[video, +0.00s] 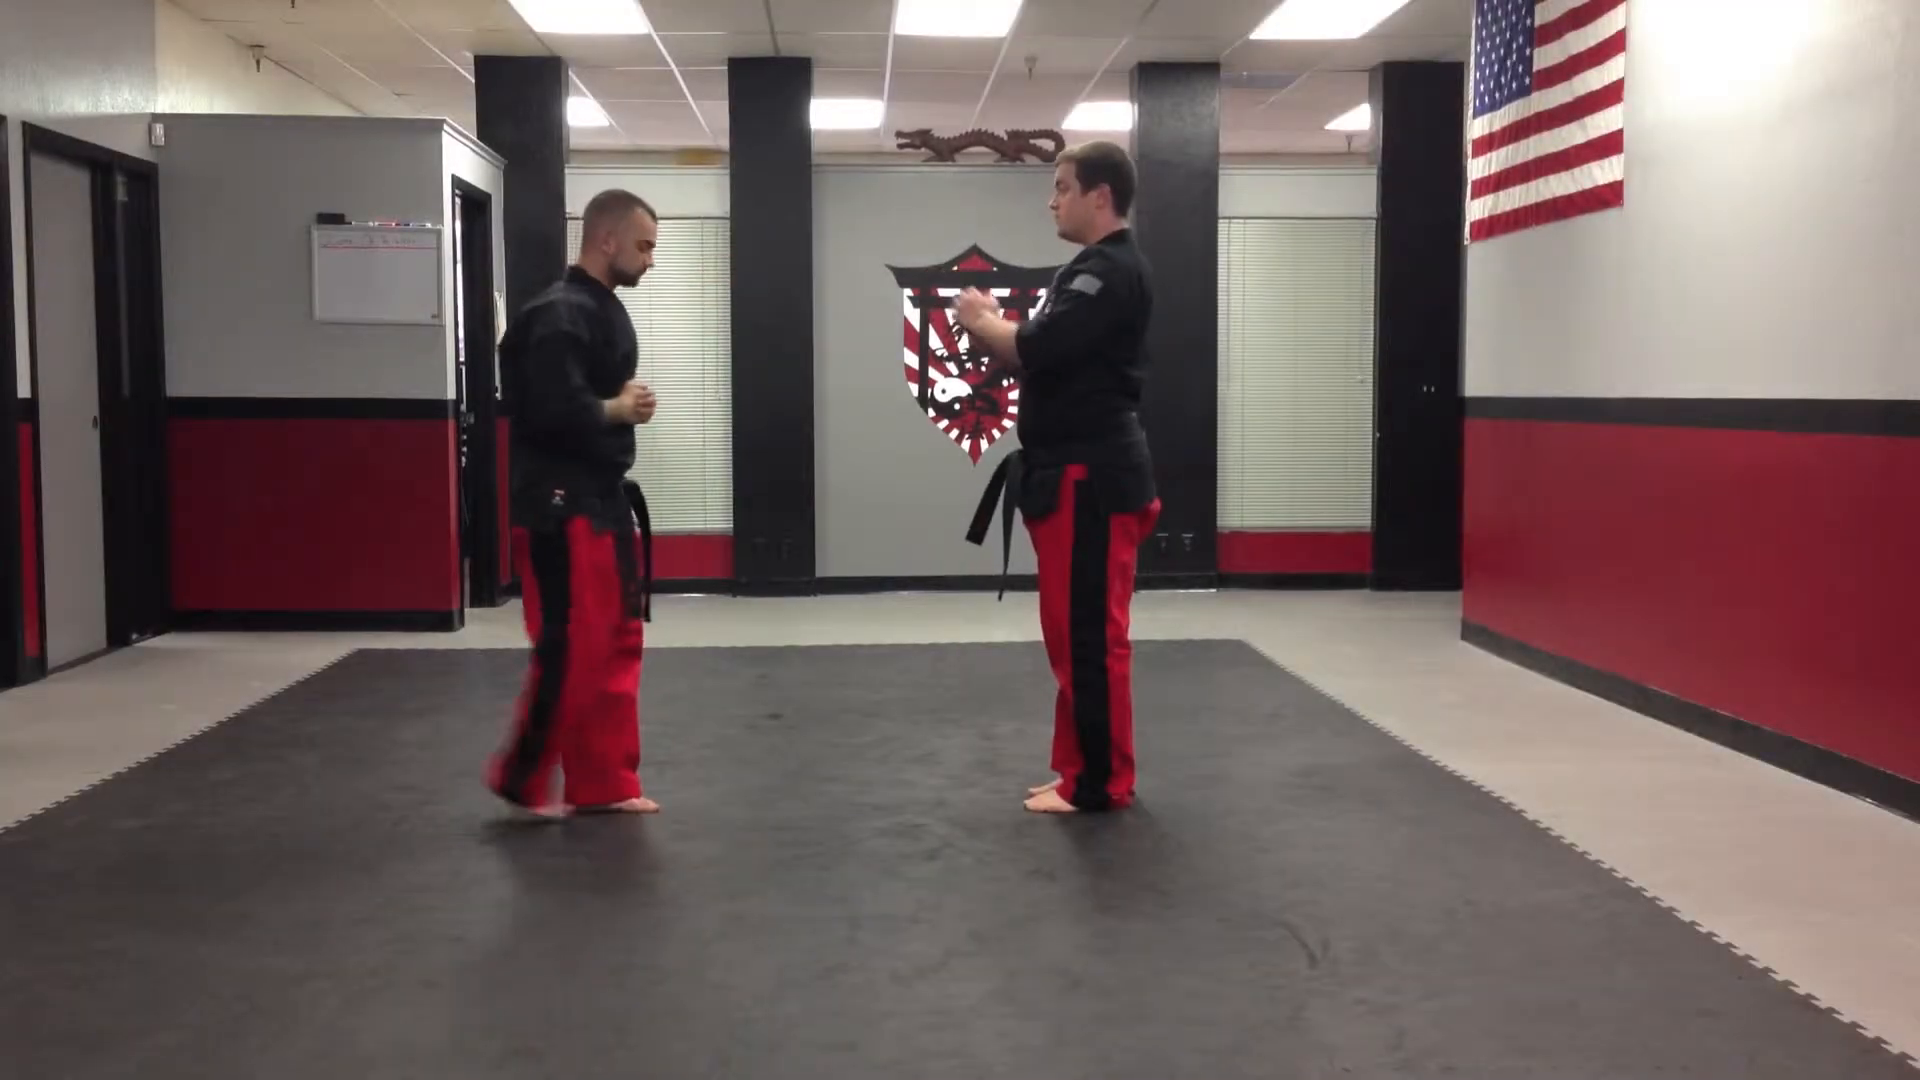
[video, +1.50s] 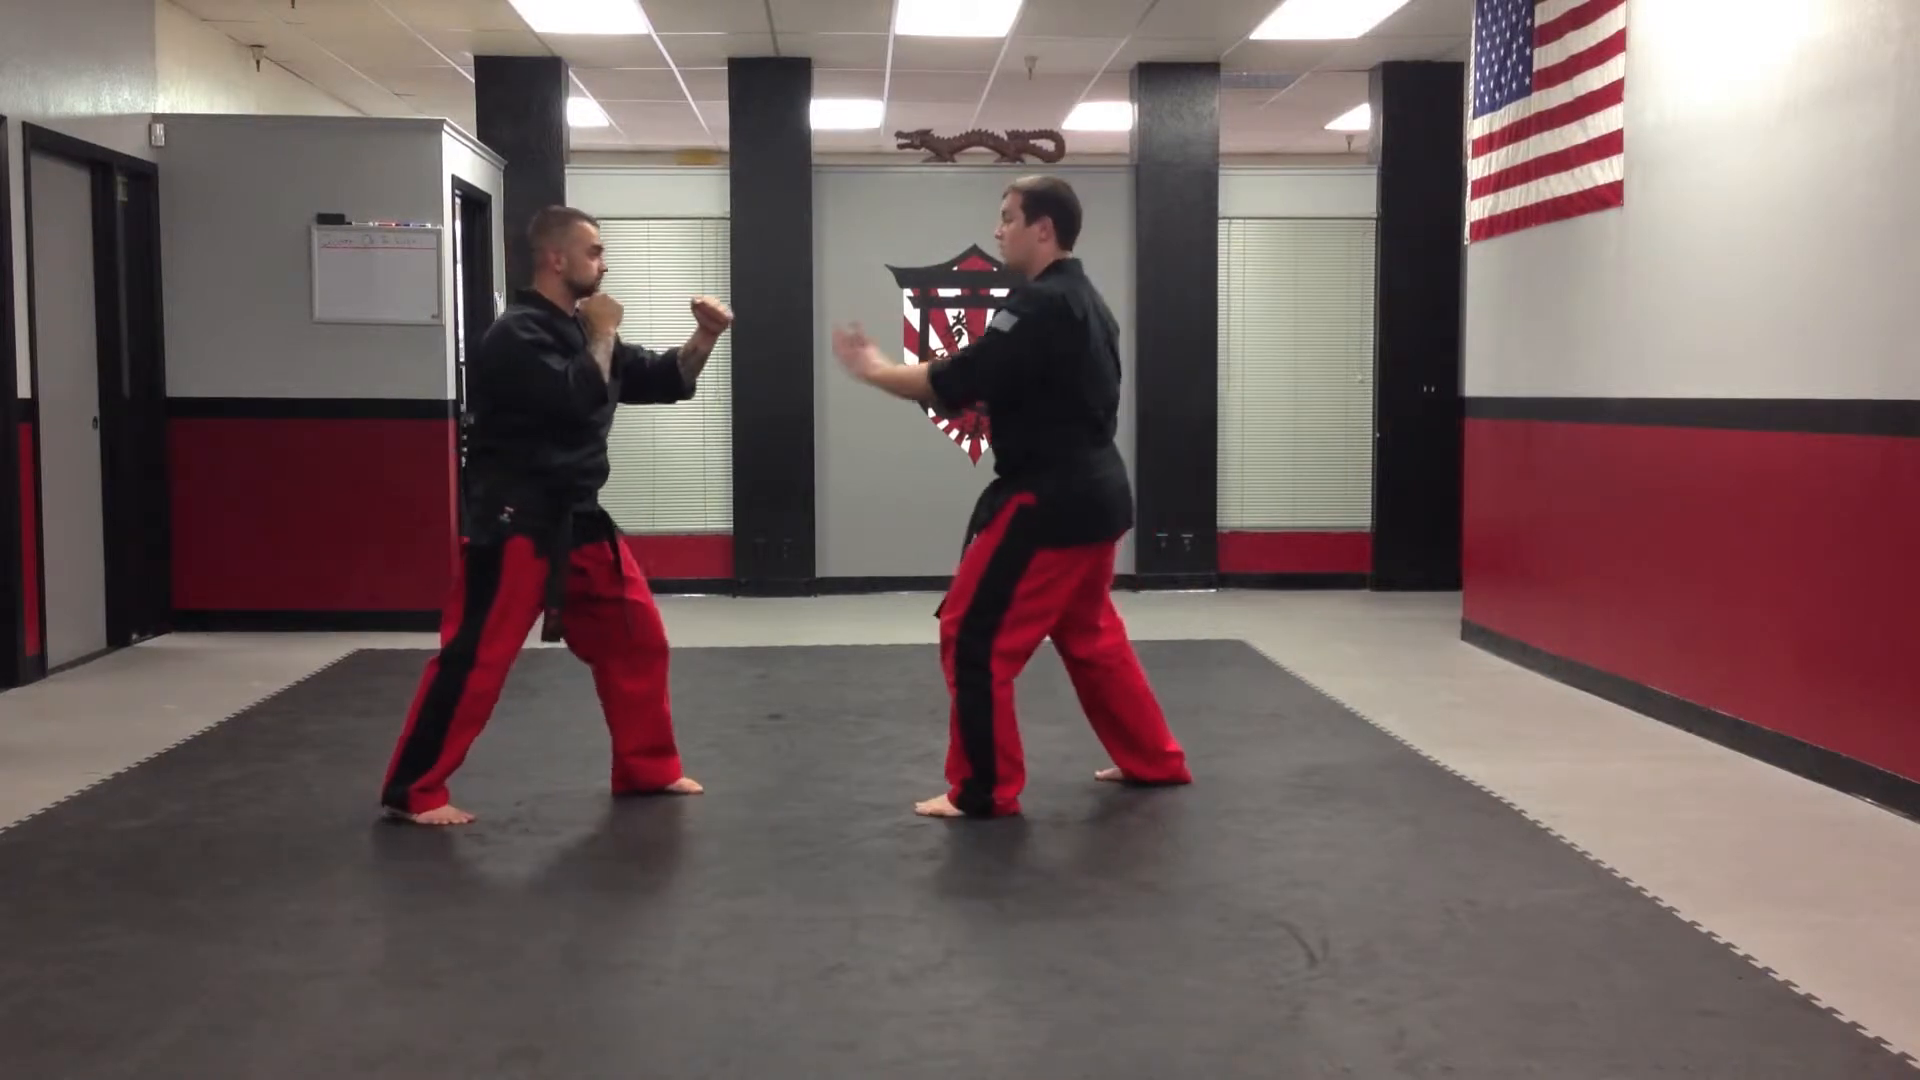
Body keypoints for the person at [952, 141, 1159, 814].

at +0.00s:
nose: (1053, 203)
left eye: (1062, 190)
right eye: (1054, 190)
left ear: (1099, 196)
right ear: (1103, 198)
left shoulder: (1106, 268)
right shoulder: (1095, 266)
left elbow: (1038, 350)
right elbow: (1042, 348)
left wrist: (983, 322)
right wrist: (992, 328)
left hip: (1092, 474)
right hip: (1076, 471)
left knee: (1087, 634)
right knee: (1079, 632)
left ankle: (1095, 785)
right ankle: (1087, 775)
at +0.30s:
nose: (1029, 215)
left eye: (1035, 201)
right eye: (1027, 203)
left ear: (1072, 198)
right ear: (1074, 200)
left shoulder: (1098, 266)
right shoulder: (1083, 264)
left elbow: (1086, 372)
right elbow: (1076, 367)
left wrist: (1019, 379)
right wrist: (1020, 376)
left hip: (1102, 477)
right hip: (1081, 474)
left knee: (1090, 634)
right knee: (1075, 631)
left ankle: (1098, 783)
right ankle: (1086, 772)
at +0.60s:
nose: (1022, 223)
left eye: (1026, 209)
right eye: (1019, 211)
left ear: (1063, 203)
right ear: (1067, 206)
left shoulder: (1090, 270)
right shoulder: (1096, 262)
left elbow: (1085, 376)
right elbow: (1083, 369)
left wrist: (1020, 385)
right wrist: (1023, 380)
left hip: (1095, 479)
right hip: (1109, 472)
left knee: (1078, 630)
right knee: (1104, 621)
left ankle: (1094, 784)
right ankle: (1138, 759)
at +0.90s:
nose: (1023, 220)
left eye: (1030, 207)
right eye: (1023, 207)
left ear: (1069, 211)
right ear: (1072, 214)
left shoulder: (1092, 278)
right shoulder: (1098, 271)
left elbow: (1099, 383)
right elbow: (1097, 380)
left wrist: (1032, 399)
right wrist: (1030, 393)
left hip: (1094, 476)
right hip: (1125, 471)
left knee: (1035, 612)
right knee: (1114, 612)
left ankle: (1062, 775)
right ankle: (1146, 761)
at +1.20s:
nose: (999, 220)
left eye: (1010, 209)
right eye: (1003, 208)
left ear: (1046, 220)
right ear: (1052, 221)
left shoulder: (1056, 291)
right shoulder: (1078, 283)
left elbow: (1054, 397)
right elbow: (1069, 389)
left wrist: (997, 405)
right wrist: (998, 401)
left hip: (1067, 493)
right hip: (1100, 487)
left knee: (1019, 638)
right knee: (1097, 629)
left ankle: (986, 790)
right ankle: (1144, 762)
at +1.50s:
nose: (997, 232)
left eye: (1006, 220)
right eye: (1000, 219)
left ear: (1043, 229)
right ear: (1050, 233)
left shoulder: (1043, 304)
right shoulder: (1082, 299)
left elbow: (953, 380)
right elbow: (1050, 393)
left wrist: (875, 370)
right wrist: (983, 403)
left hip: (1044, 503)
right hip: (1093, 496)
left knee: (970, 635)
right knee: (1087, 627)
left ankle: (984, 792)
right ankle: (1154, 759)